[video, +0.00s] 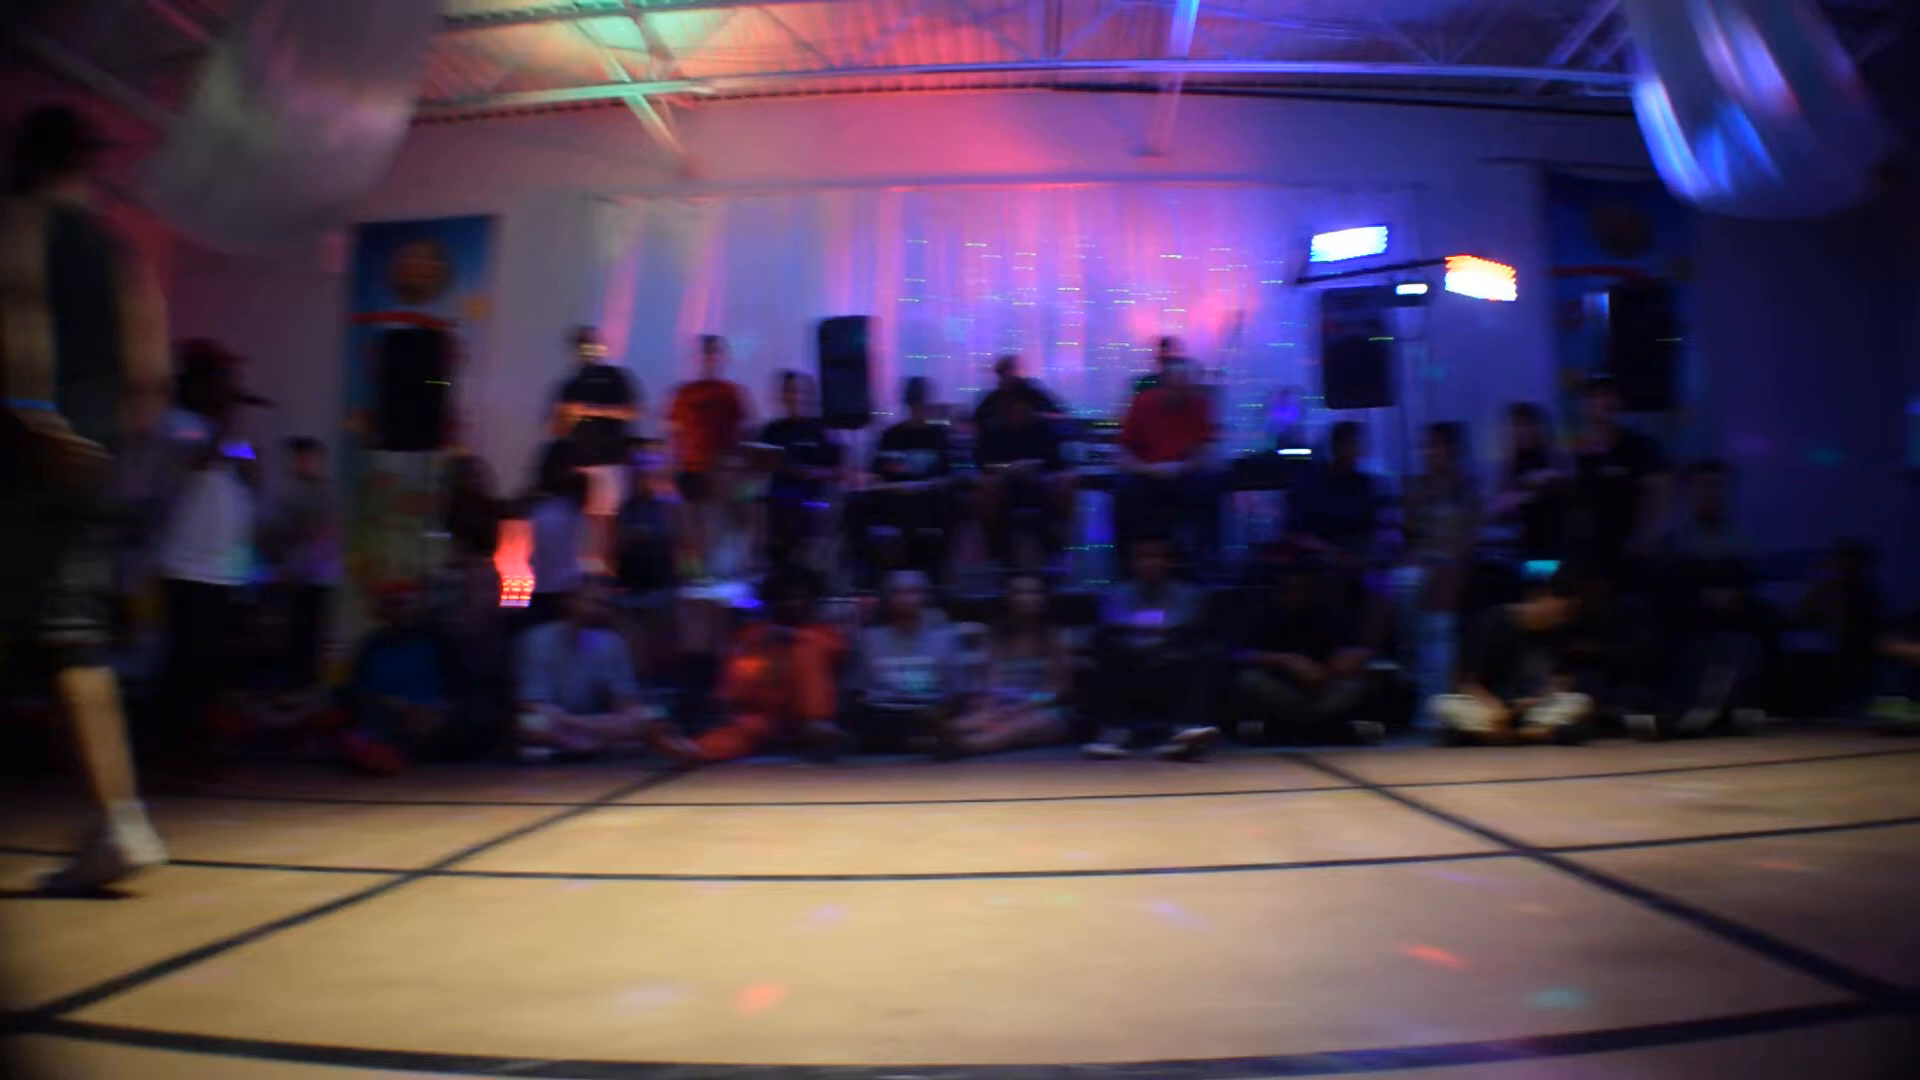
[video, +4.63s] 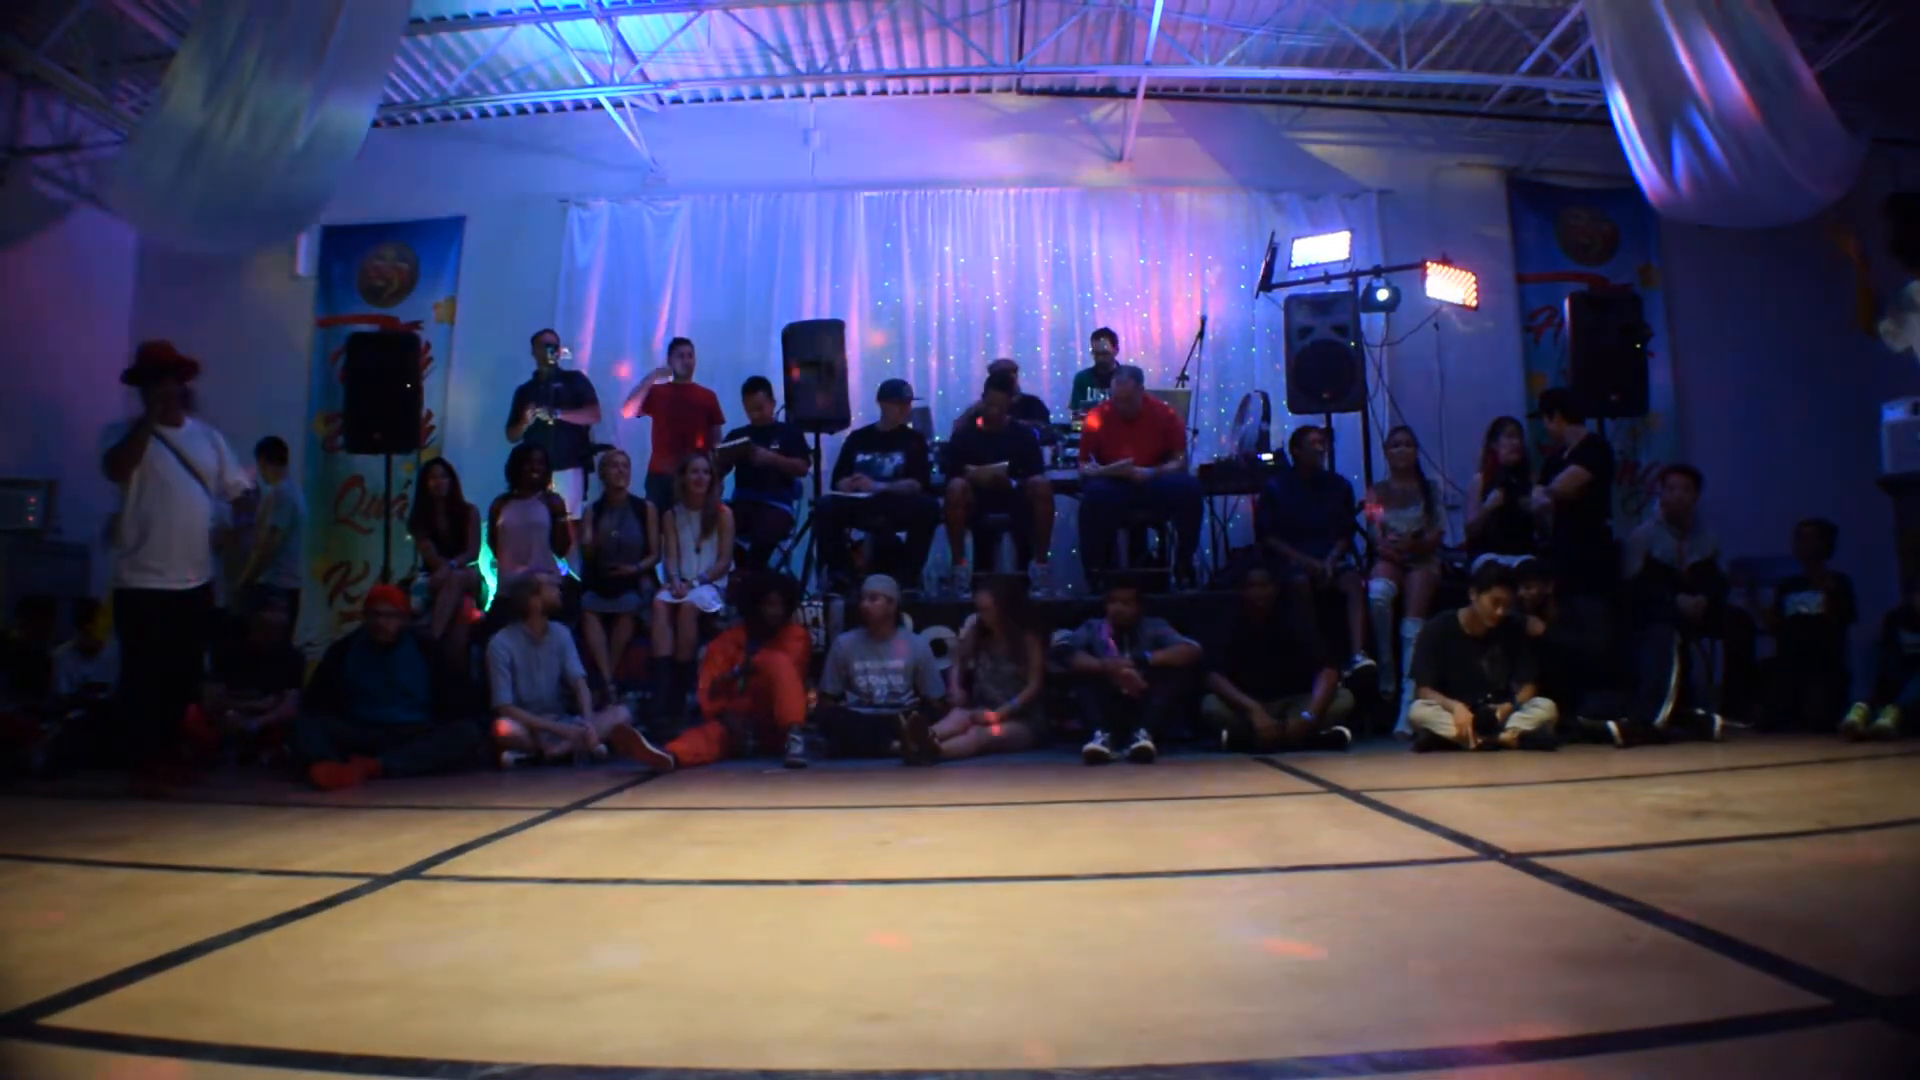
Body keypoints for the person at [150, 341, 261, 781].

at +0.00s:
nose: (226, 395)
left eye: (228, 386)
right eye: (218, 385)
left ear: (231, 391)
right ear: (199, 387)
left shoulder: (233, 440)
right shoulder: (181, 428)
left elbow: (258, 492)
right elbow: (189, 465)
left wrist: (243, 461)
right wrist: (221, 436)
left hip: (230, 573)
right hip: (190, 572)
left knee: (218, 670)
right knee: (188, 669)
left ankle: (212, 751)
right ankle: (179, 753)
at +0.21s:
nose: (171, 383)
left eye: (171, 375)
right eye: (162, 375)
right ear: (140, 377)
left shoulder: (169, 429)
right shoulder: (118, 420)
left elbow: (194, 483)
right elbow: (143, 458)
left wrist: (185, 456)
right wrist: (170, 412)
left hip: (170, 573)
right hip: (132, 573)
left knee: (160, 675)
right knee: (130, 675)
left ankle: (153, 758)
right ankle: (122, 761)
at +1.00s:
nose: (178, 381)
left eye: (178, 373)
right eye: (168, 372)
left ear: (176, 378)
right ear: (142, 377)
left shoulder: (185, 426)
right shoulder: (127, 421)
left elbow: (239, 457)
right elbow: (153, 455)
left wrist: (227, 405)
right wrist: (181, 404)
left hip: (193, 578)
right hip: (151, 578)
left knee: (187, 679)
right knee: (150, 680)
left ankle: (183, 760)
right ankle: (148, 764)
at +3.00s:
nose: (179, 388)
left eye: (180, 380)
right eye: (169, 380)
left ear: (180, 384)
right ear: (146, 385)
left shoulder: (180, 432)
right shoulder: (129, 426)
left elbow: (240, 440)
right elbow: (159, 462)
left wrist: (216, 400)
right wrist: (188, 413)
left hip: (185, 579)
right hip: (149, 578)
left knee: (179, 678)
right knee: (149, 679)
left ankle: (174, 762)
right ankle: (147, 768)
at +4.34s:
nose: (179, 390)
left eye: (181, 383)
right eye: (169, 383)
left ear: (185, 387)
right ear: (147, 386)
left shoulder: (200, 433)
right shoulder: (126, 429)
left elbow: (245, 462)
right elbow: (130, 468)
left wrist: (250, 438)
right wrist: (165, 423)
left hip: (191, 581)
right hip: (143, 581)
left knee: (185, 682)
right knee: (144, 681)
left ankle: (177, 762)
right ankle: (143, 768)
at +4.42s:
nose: (182, 389)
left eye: (184, 381)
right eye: (171, 382)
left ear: (186, 387)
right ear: (147, 387)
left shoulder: (202, 435)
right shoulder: (125, 431)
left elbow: (256, 463)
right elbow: (124, 468)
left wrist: (250, 469)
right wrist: (156, 421)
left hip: (191, 585)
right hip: (142, 585)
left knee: (184, 685)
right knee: (144, 685)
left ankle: (177, 763)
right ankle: (143, 769)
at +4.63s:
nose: (173, 393)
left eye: (178, 385)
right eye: (163, 386)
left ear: (185, 388)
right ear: (144, 391)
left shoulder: (207, 437)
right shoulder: (128, 434)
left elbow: (241, 491)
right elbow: (117, 471)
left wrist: (240, 526)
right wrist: (150, 422)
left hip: (194, 585)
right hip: (142, 584)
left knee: (185, 681)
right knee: (143, 682)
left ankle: (177, 761)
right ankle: (142, 765)